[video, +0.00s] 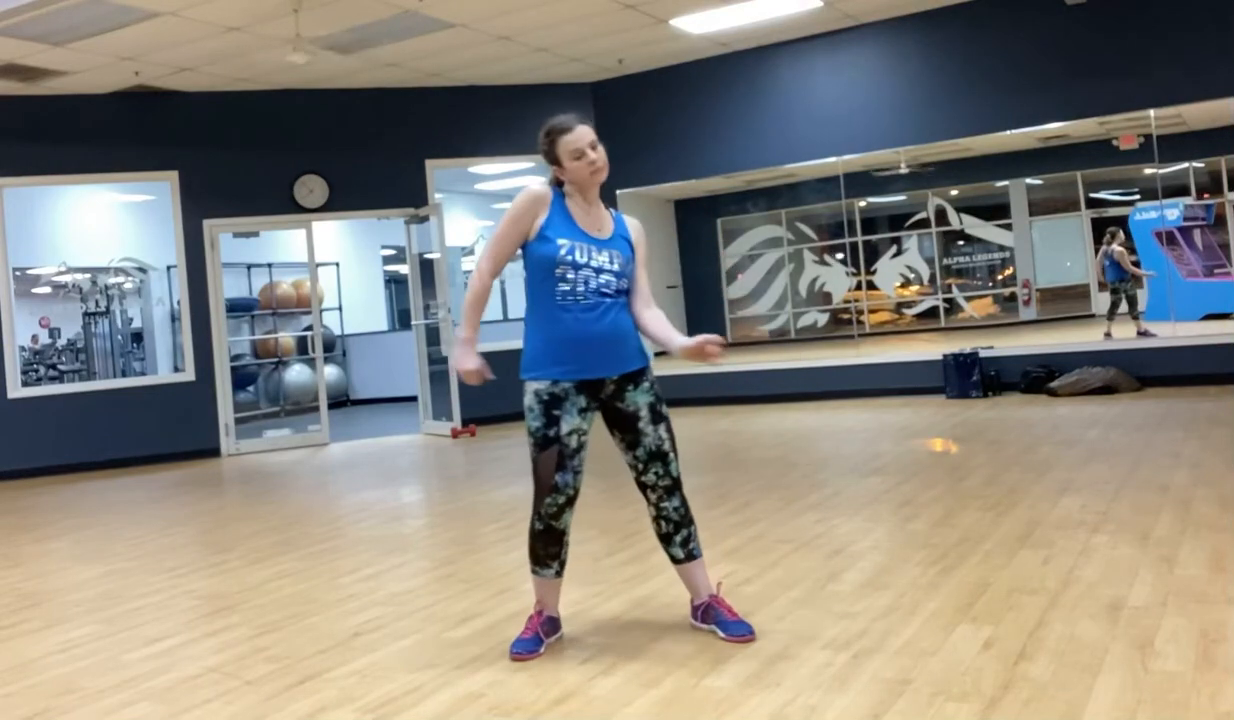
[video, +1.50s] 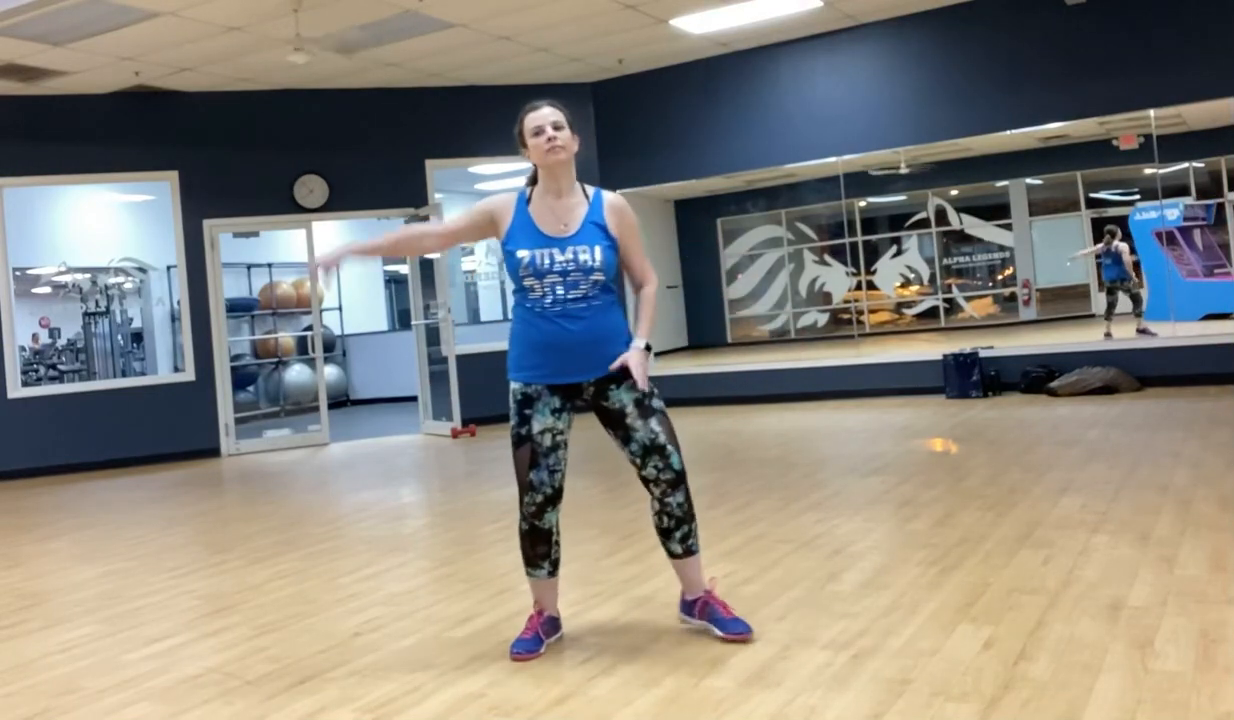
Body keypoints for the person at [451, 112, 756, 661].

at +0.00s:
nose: (594, 157)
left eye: (595, 147)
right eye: (580, 155)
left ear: (604, 150)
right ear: (559, 169)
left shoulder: (628, 229)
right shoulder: (539, 202)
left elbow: (643, 307)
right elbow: (486, 270)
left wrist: (683, 344)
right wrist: (464, 342)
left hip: (626, 371)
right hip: (555, 377)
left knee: (664, 482)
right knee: (554, 496)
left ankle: (705, 601)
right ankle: (546, 614)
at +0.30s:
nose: (580, 157)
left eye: (579, 146)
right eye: (566, 159)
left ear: (591, 146)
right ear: (553, 176)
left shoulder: (642, 211)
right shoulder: (539, 218)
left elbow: (665, 291)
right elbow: (498, 293)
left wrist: (652, 334)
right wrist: (455, 353)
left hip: (628, 370)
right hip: (552, 373)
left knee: (672, 480)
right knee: (547, 491)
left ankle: (707, 601)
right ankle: (545, 614)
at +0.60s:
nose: (598, 153)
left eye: (598, 141)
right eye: (583, 153)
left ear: (610, 142)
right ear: (568, 171)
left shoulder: (658, 201)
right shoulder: (559, 225)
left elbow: (729, 252)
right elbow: (554, 306)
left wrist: (738, 323)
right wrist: (549, 373)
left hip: (663, 368)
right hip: (586, 377)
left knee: (686, 483)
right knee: (567, 490)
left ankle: (712, 599)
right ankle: (547, 613)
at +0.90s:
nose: (596, 147)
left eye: (600, 137)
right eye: (582, 144)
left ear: (613, 143)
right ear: (566, 160)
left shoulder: (656, 208)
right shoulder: (552, 223)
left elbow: (715, 271)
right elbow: (531, 302)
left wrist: (776, 304)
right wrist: (537, 368)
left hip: (664, 369)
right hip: (587, 378)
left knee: (683, 482)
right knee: (568, 493)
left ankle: (711, 599)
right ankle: (547, 613)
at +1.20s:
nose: (571, 142)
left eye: (577, 132)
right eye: (558, 138)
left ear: (593, 143)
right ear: (544, 156)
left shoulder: (629, 216)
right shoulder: (523, 217)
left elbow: (647, 295)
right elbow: (467, 281)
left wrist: (676, 337)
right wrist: (416, 336)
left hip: (629, 372)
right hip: (553, 380)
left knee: (664, 484)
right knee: (548, 498)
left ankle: (708, 598)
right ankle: (545, 613)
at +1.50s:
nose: (551, 135)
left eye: (557, 126)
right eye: (539, 132)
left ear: (574, 138)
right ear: (525, 150)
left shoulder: (610, 207)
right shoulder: (505, 209)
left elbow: (645, 281)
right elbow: (429, 236)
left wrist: (640, 344)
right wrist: (348, 250)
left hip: (611, 369)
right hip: (537, 377)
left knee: (667, 468)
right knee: (538, 494)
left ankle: (697, 594)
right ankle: (544, 614)